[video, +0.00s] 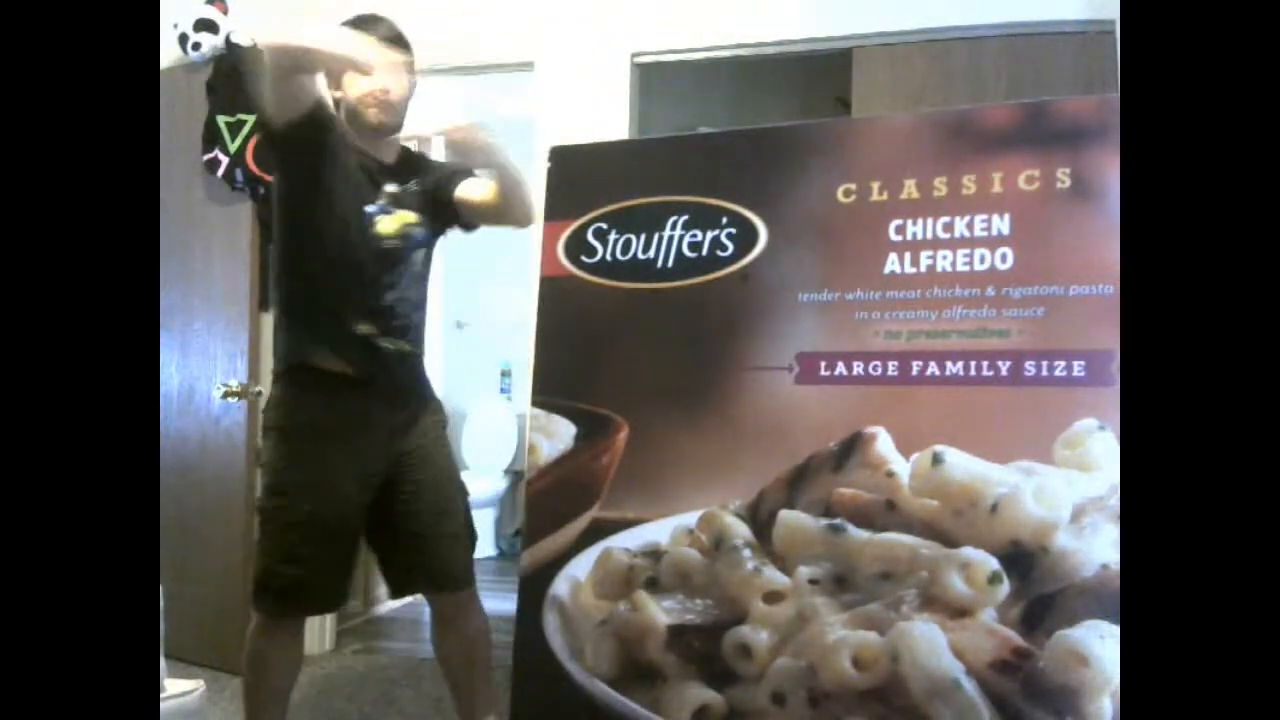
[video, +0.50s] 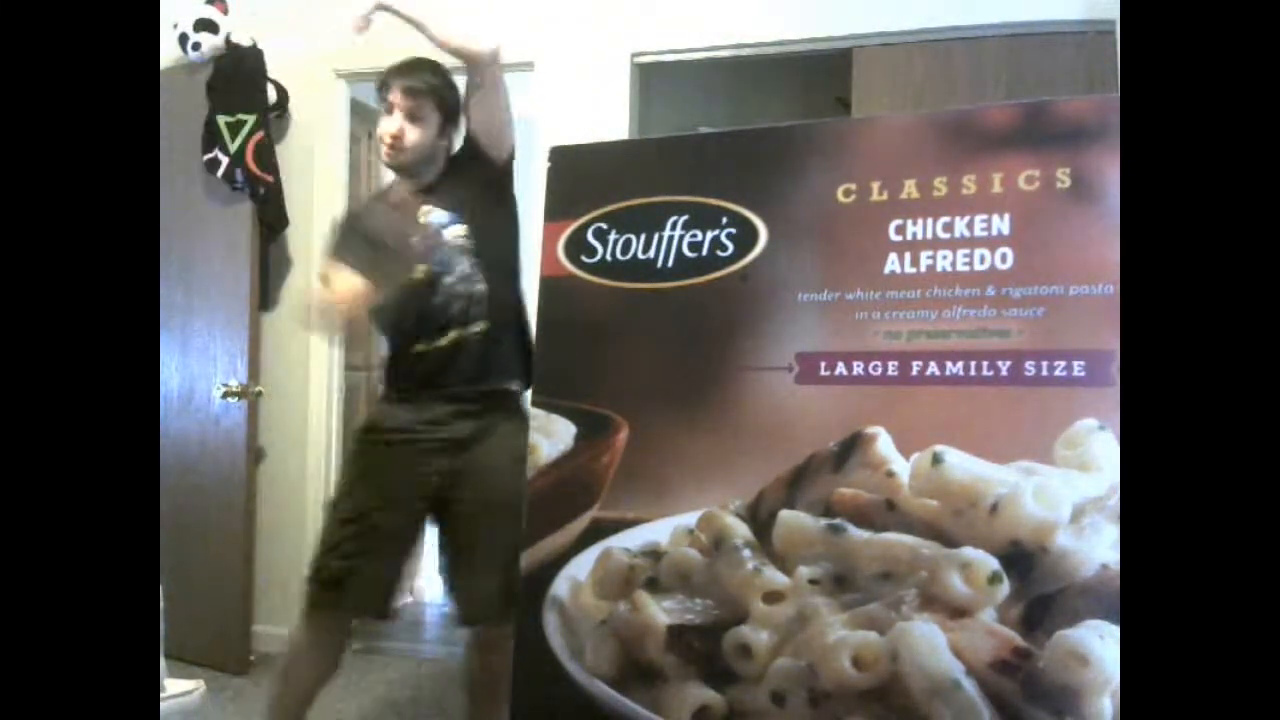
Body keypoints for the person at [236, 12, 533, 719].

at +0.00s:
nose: (387, 87)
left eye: (400, 74)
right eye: (370, 73)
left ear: (412, 86)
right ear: (338, 83)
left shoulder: (426, 176)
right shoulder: (308, 145)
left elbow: (518, 213)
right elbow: (269, 57)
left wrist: (493, 156)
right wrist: (343, 56)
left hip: (407, 404)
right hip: (315, 402)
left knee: (455, 586)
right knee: (283, 603)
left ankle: (480, 716)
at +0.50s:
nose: (392, 128)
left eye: (411, 115)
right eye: (387, 113)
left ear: (447, 129)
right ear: (380, 123)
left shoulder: (482, 178)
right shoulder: (366, 221)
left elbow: (487, 63)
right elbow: (330, 311)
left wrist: (395, 10)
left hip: (491, 420)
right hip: (403, 419)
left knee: (491, 613)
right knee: (331, 599)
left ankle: (491, 718)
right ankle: (282, 713)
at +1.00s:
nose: (452, 162)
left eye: (468, 148)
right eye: (441, 146)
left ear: (496, 152)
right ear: (425, 151)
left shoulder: (540, 225)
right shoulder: (403, 235)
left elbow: (586, 321)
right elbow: (380, 348)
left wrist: (529, 364)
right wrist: (450, 411)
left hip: (508, 428)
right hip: (424, 423)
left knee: (493, 609)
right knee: (355, 598)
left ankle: (488, 717)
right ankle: (300, 713)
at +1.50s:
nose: (545, 179)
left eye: (558, 167)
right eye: (536, 164)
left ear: (576, 175)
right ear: (515, 165)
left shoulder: (571, 245)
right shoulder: (459, 217)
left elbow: (590, 333)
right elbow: (374, 243)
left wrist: (532, 373)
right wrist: (367, 237)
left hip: (509, 419)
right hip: (434, 406)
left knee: (514, 582)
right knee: (441, 568)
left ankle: (499, 709)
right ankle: (443, 711)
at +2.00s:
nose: (493, 137)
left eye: (511, 126)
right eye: (494, 125)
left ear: (553, 141)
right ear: (492, 131)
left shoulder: (569, 230)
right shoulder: (478, 180)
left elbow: (478, 294)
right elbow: (403, 117)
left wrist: (395, 240)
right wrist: (404, 58)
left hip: (491, 421)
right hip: (412, 399)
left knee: (473, 596)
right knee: (329, 544)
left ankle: (478, 719)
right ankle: (315, 710)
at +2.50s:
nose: (449, 122)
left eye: (463, 110)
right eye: (454, 111)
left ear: (499, 127)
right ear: (494, 129)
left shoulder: (529, 216)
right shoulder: (473, 181)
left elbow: (413, 290)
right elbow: (445, 99)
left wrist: (393, 260)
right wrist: (415, 37)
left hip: (483, 427)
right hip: (408, 413)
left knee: (465, 603)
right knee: (352, 575)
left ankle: (473, 718)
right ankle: (335, 715)